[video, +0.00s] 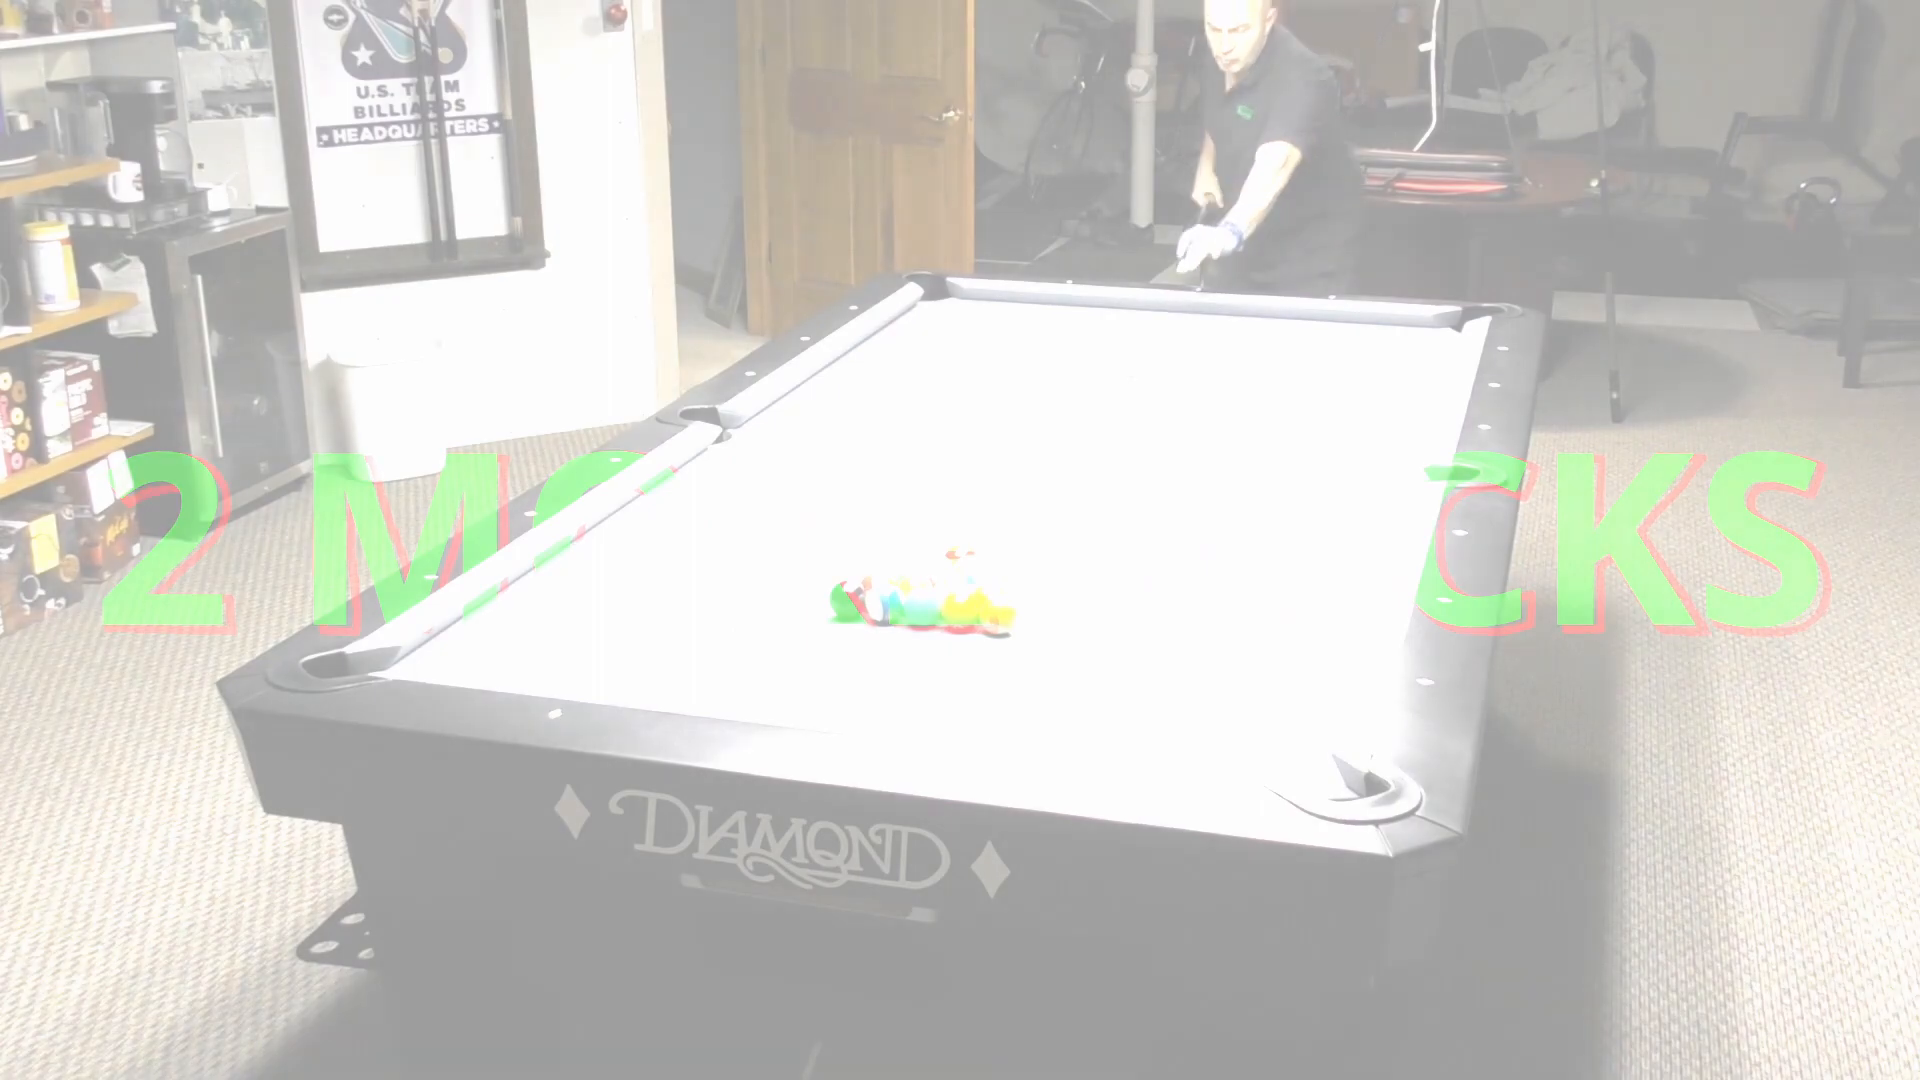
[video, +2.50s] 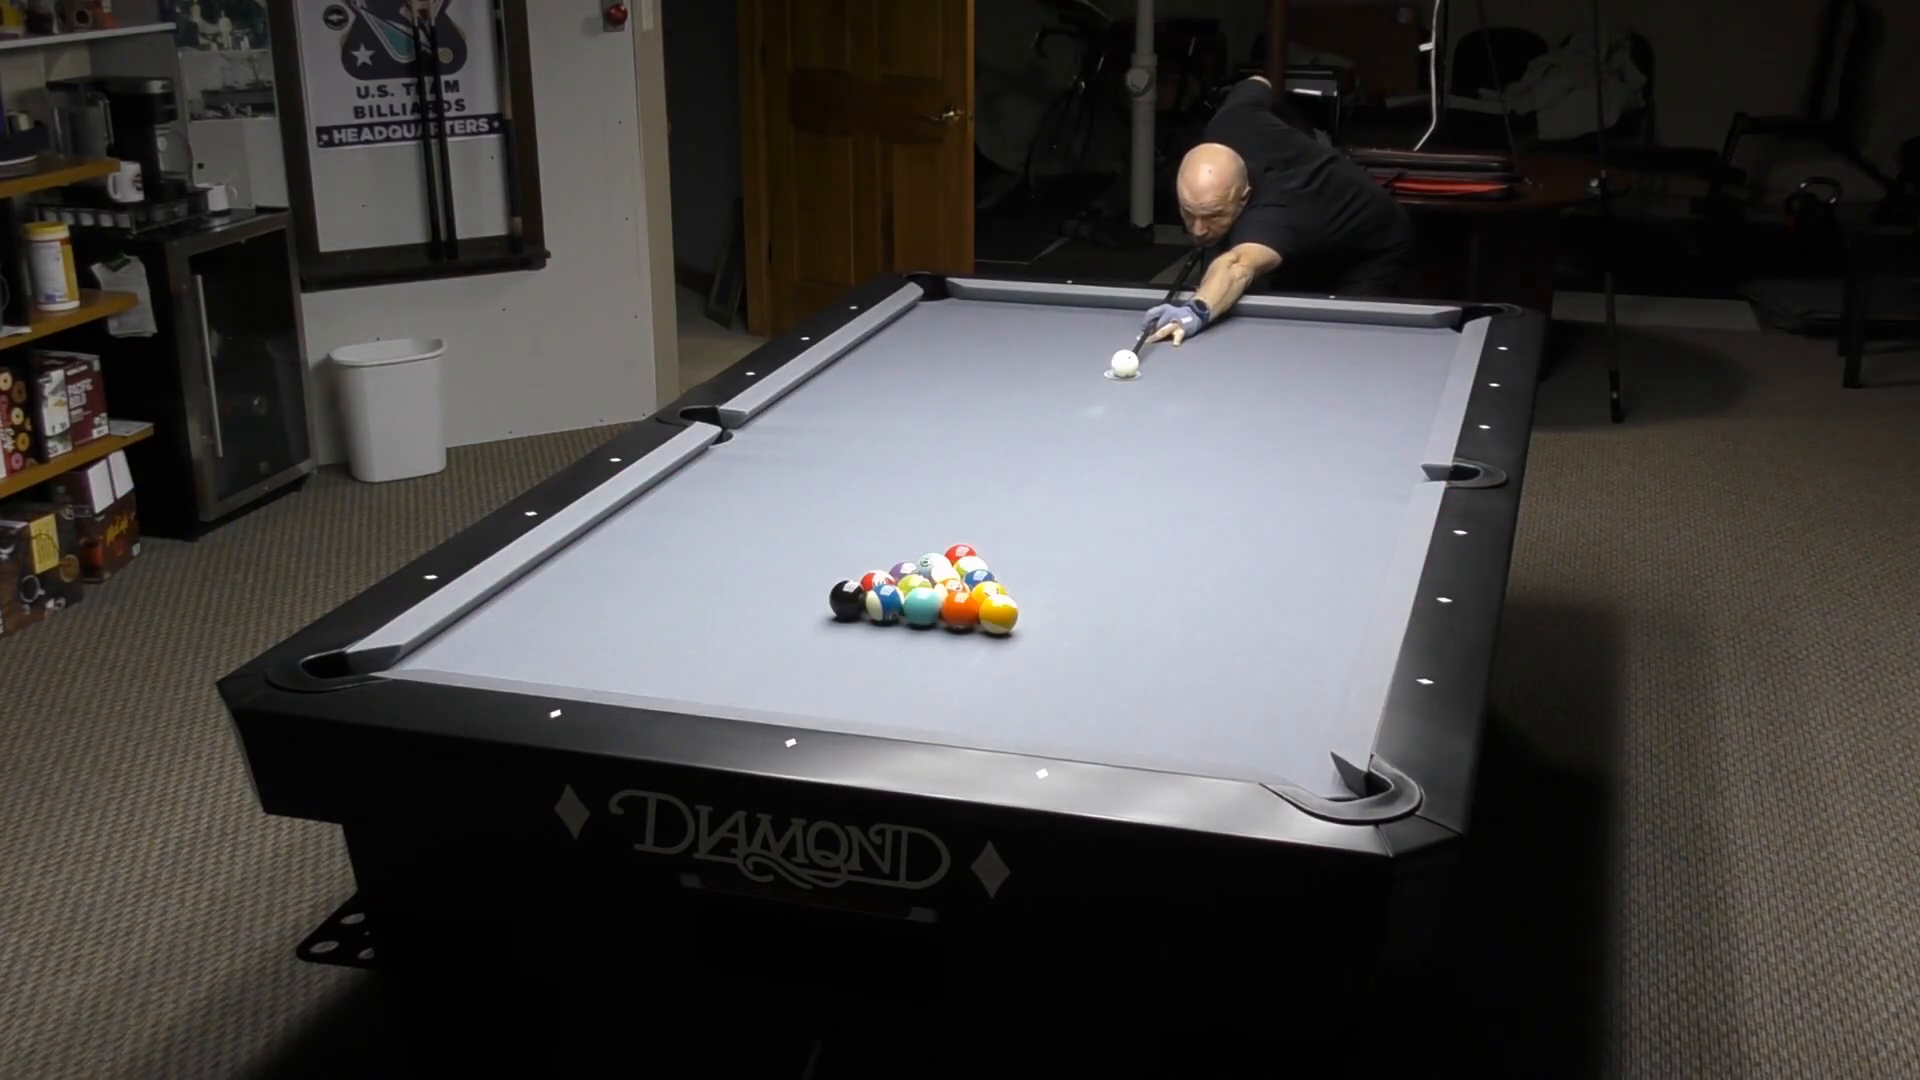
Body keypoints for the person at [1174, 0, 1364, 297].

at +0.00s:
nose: (1224, 46)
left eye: (1239, 30)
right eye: (1214, 30)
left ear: (1270, 18)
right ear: (1205, 23)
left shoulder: (1303, 75)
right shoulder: (1214, 56)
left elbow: (1275, 163)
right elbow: (1214, 121)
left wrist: (1229, 232)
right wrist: (1205, 170)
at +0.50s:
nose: (1199, 225)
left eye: (1214, 212)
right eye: (1190, 209)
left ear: (1246, 190)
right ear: (1182, 181)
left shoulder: (1274, 216)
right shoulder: (1238, 115)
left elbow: (1238, 267)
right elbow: (1266, 74)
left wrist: (1196, 312)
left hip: (1380, 240)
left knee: (1340, 337)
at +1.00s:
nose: (1198, 229)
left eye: (1213, 216)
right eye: (1188, 213)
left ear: (1244, 193)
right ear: (1179, 184)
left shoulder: (1272, 216)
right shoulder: (1235, 119)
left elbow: (1237, 267)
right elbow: (1262, 73)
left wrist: (1195, 312)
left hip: (1379, 240)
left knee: (1339, 339)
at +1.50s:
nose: (1198, 230)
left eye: (1212, 218)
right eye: (1188, 215)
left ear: (1244, 195)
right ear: (1178, 187)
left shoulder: (1273, 216)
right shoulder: (1233, 121)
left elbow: (1237, 267)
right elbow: (1261, 74)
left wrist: (1195, 312)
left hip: (1379, 240)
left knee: (1339, 339)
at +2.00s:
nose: (1199, 231)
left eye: (1213, 217)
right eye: (1189, 215)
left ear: (1244, 195)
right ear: (1179, 187)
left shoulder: (1274, 215)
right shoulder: (1232, 121)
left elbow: (1238, 265)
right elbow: (1260, 80)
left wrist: (1194, 311)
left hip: (1379, 242)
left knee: (1338, 338)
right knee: (1279, 328)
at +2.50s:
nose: (1199, 231)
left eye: (1213, 217)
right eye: (1189, 215)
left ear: (1243, 195)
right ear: (1179, 188)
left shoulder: (1273, 216)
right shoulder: (1232, 121)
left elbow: (1238, 265)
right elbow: (1259, 81)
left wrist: (1195, 310)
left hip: (1378, 243)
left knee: (1339, 339)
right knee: (1280, 330)